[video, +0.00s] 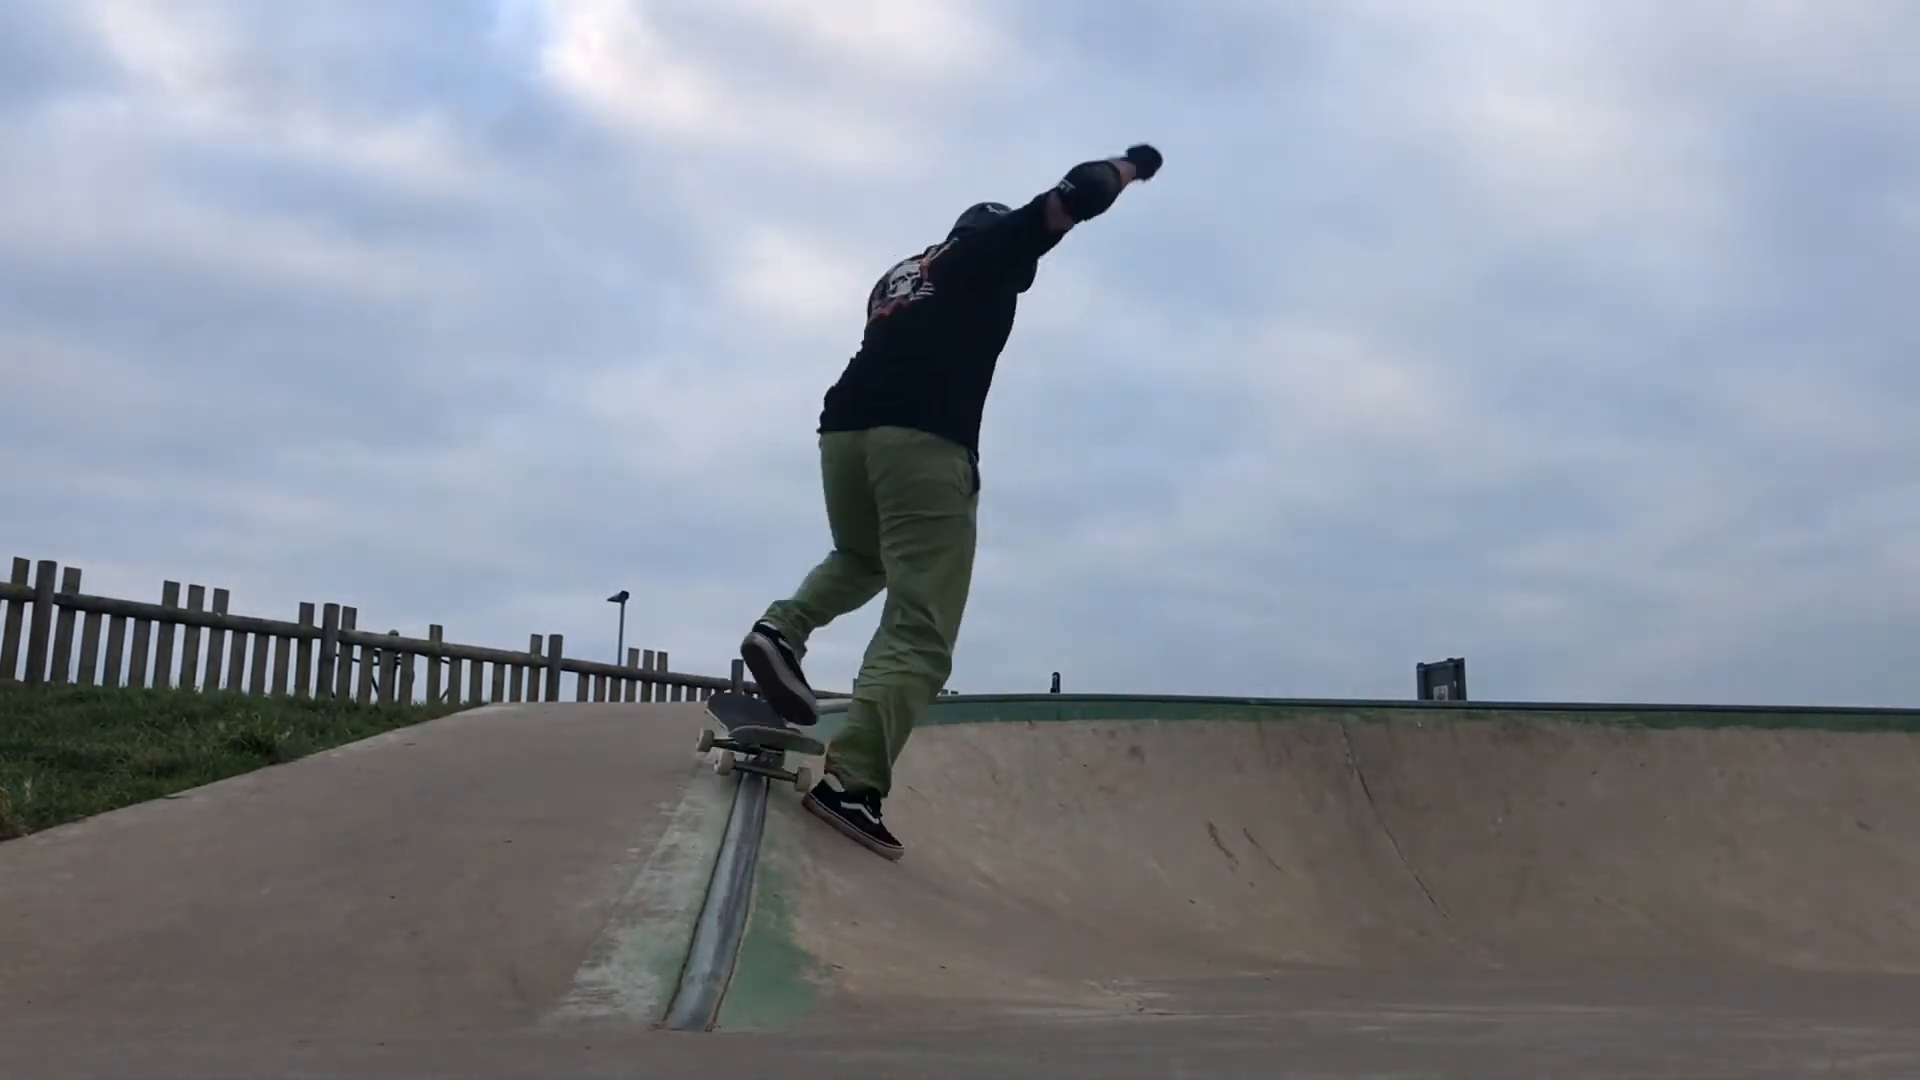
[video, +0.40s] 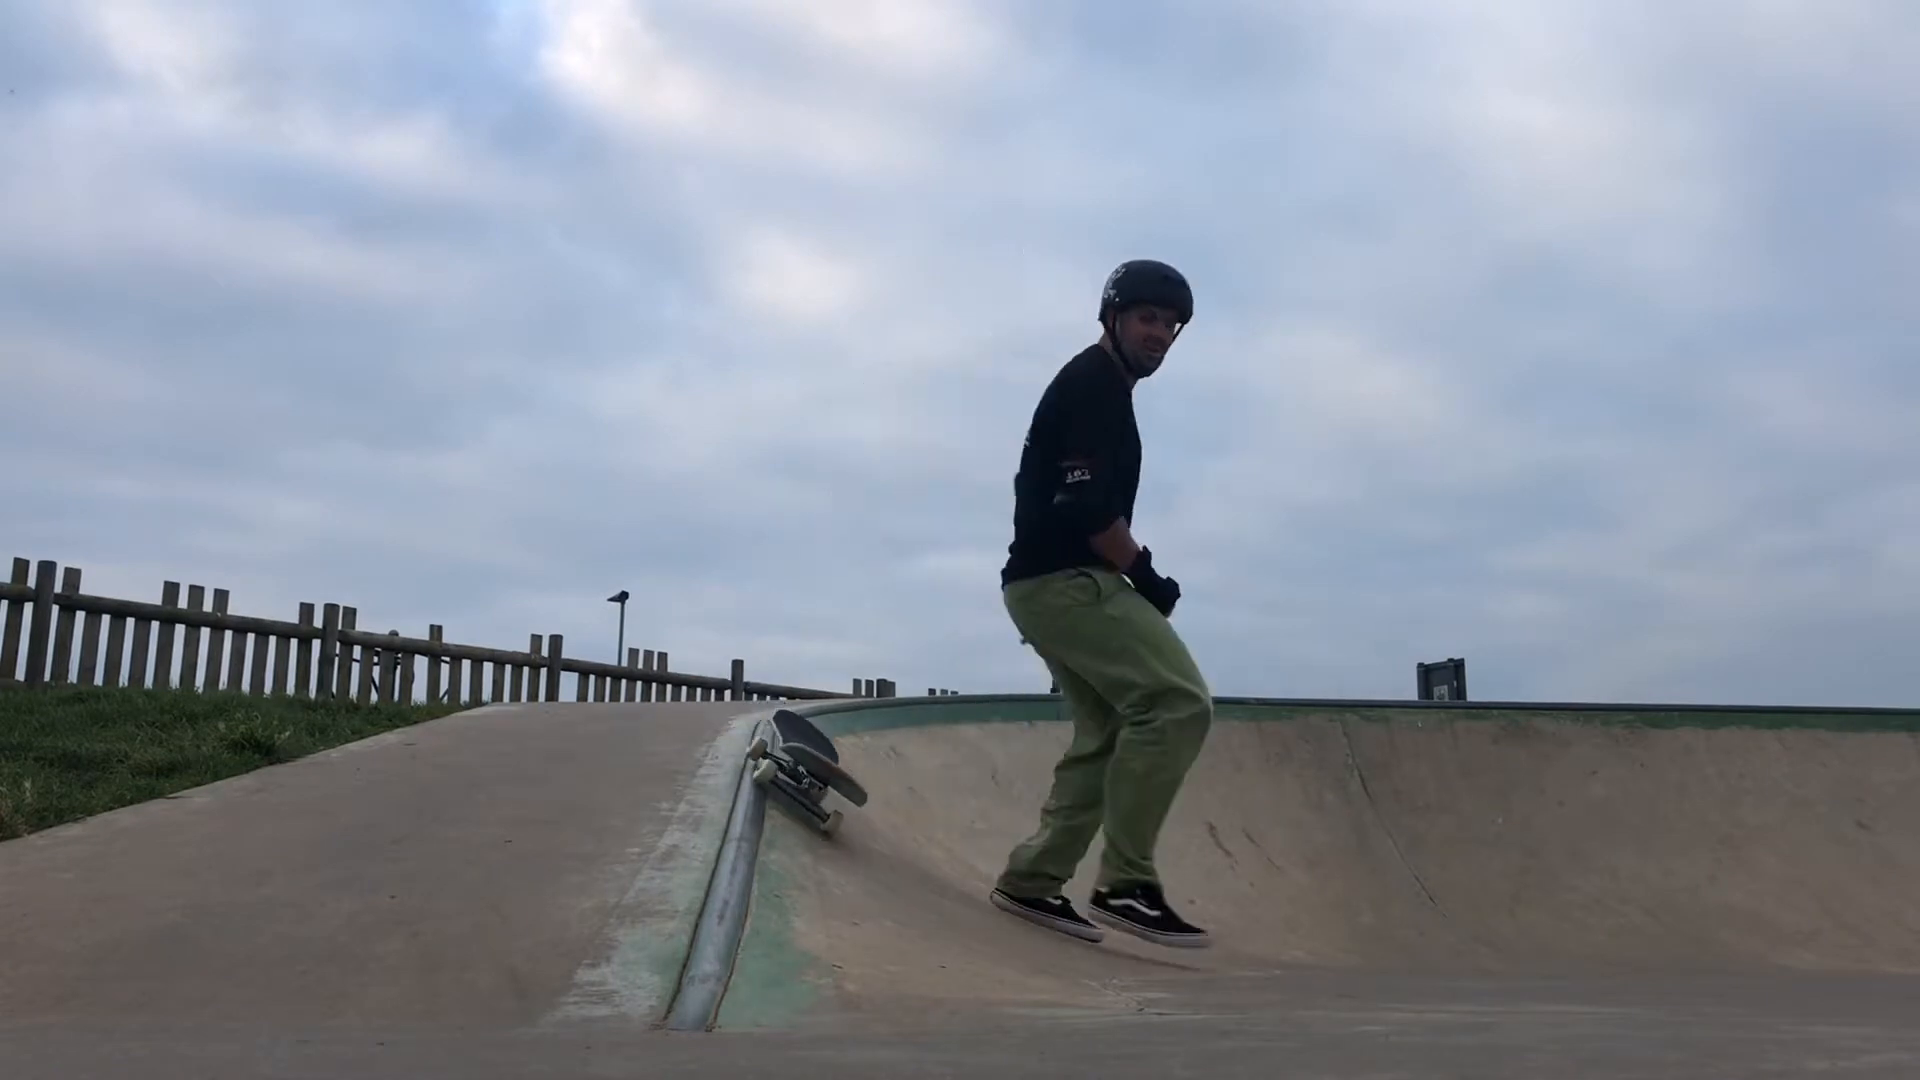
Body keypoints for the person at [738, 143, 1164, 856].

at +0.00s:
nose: (1043, 246)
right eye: (1028, 235)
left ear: (960, 228)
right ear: (1008, 230)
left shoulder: (904, 271)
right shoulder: (1000, 244)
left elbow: (892, 350)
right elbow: (1074, 195)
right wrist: (1125, 166)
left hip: (843, 429)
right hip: (924, 436)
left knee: (861, 558)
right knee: (919, 630)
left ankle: (779, 633)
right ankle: (851, 785)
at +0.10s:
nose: (1055, 289)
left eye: (1056, 280)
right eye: (1055, 279)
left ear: (993, 254)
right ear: (1041, 264)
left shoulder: (926, 310)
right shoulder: (1020, 284)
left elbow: (855, 409)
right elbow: (1108, 299)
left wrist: (853, 500)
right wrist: (1137, 310)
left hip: (878, 480)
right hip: (954, 473)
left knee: (941, 607)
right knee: (960, 653)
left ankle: (899, 746)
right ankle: (865, 791)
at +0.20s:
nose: (1095, 299)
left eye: (1099, 288)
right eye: (1090, 283)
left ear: (1032, 275)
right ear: (1049, 269)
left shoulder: (968, 329)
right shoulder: (1060, 323)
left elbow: (882, 390)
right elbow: (1106, 418)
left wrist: (842, 485)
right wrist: (1153, 470)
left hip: (926, 506)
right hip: (989, 502)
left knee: (996, 680)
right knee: (1009, 682)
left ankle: (1012, 849)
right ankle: (886, 778)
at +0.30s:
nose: (1130, 322)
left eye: (1136, 311)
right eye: (1120, 306)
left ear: (1087, 311)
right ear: (1079, 302)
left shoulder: (1022, 363)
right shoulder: (1079, 368)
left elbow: (942, 421)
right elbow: (1087, 475)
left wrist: (908, 510)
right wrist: (1130, 550)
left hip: (988, 564)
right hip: (1032, 559)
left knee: (1045, 718)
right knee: (1117, 699)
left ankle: (1030, 885)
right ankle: (976, 779)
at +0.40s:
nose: (1161, 335)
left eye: (1172, 325)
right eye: (1149, 319)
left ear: (1178, 331)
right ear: (1113, 316)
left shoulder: (1104, 388)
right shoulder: (1092, 383)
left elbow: (1088, 508)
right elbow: (1084, 506)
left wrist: (1134, 573)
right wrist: (1145, 573)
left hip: (1054, 585)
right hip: (1068, 581)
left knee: (1104, 734)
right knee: (1176, 704)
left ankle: (1030, 882)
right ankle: (1125, 883)